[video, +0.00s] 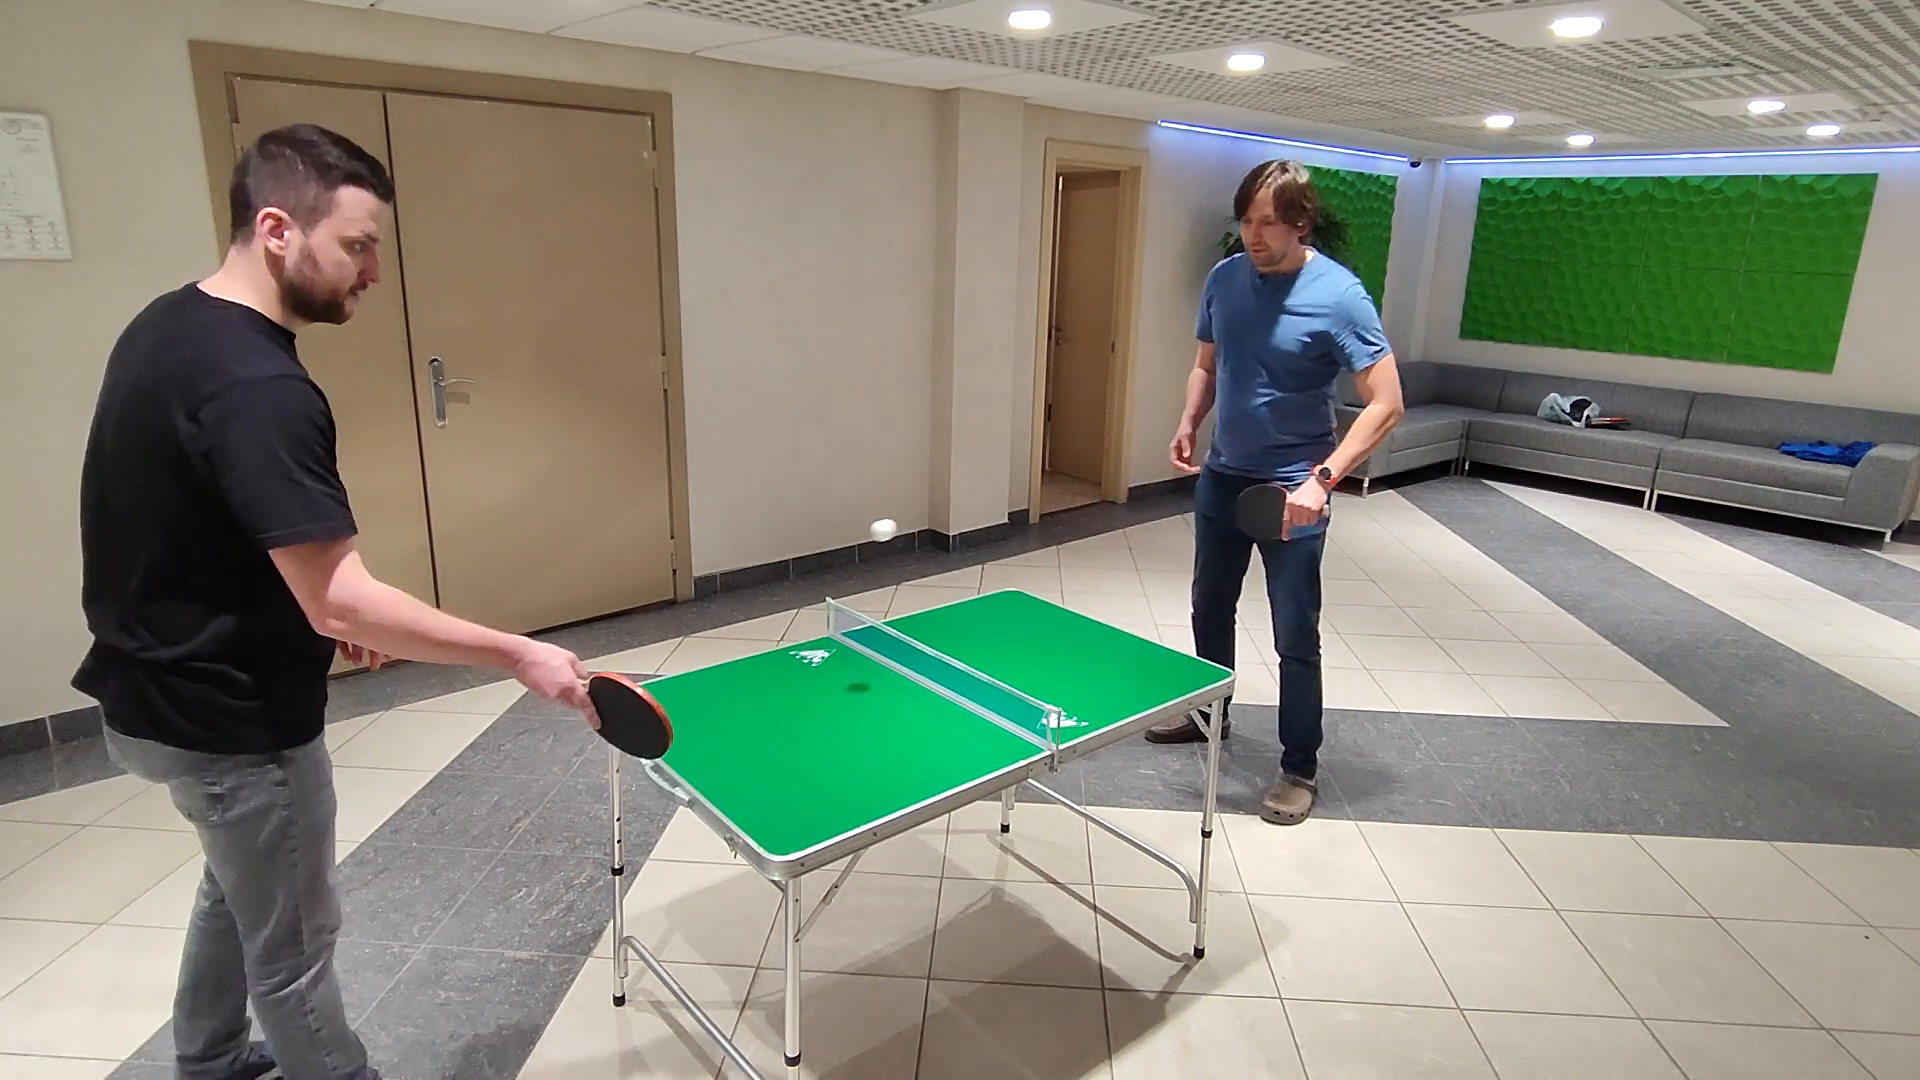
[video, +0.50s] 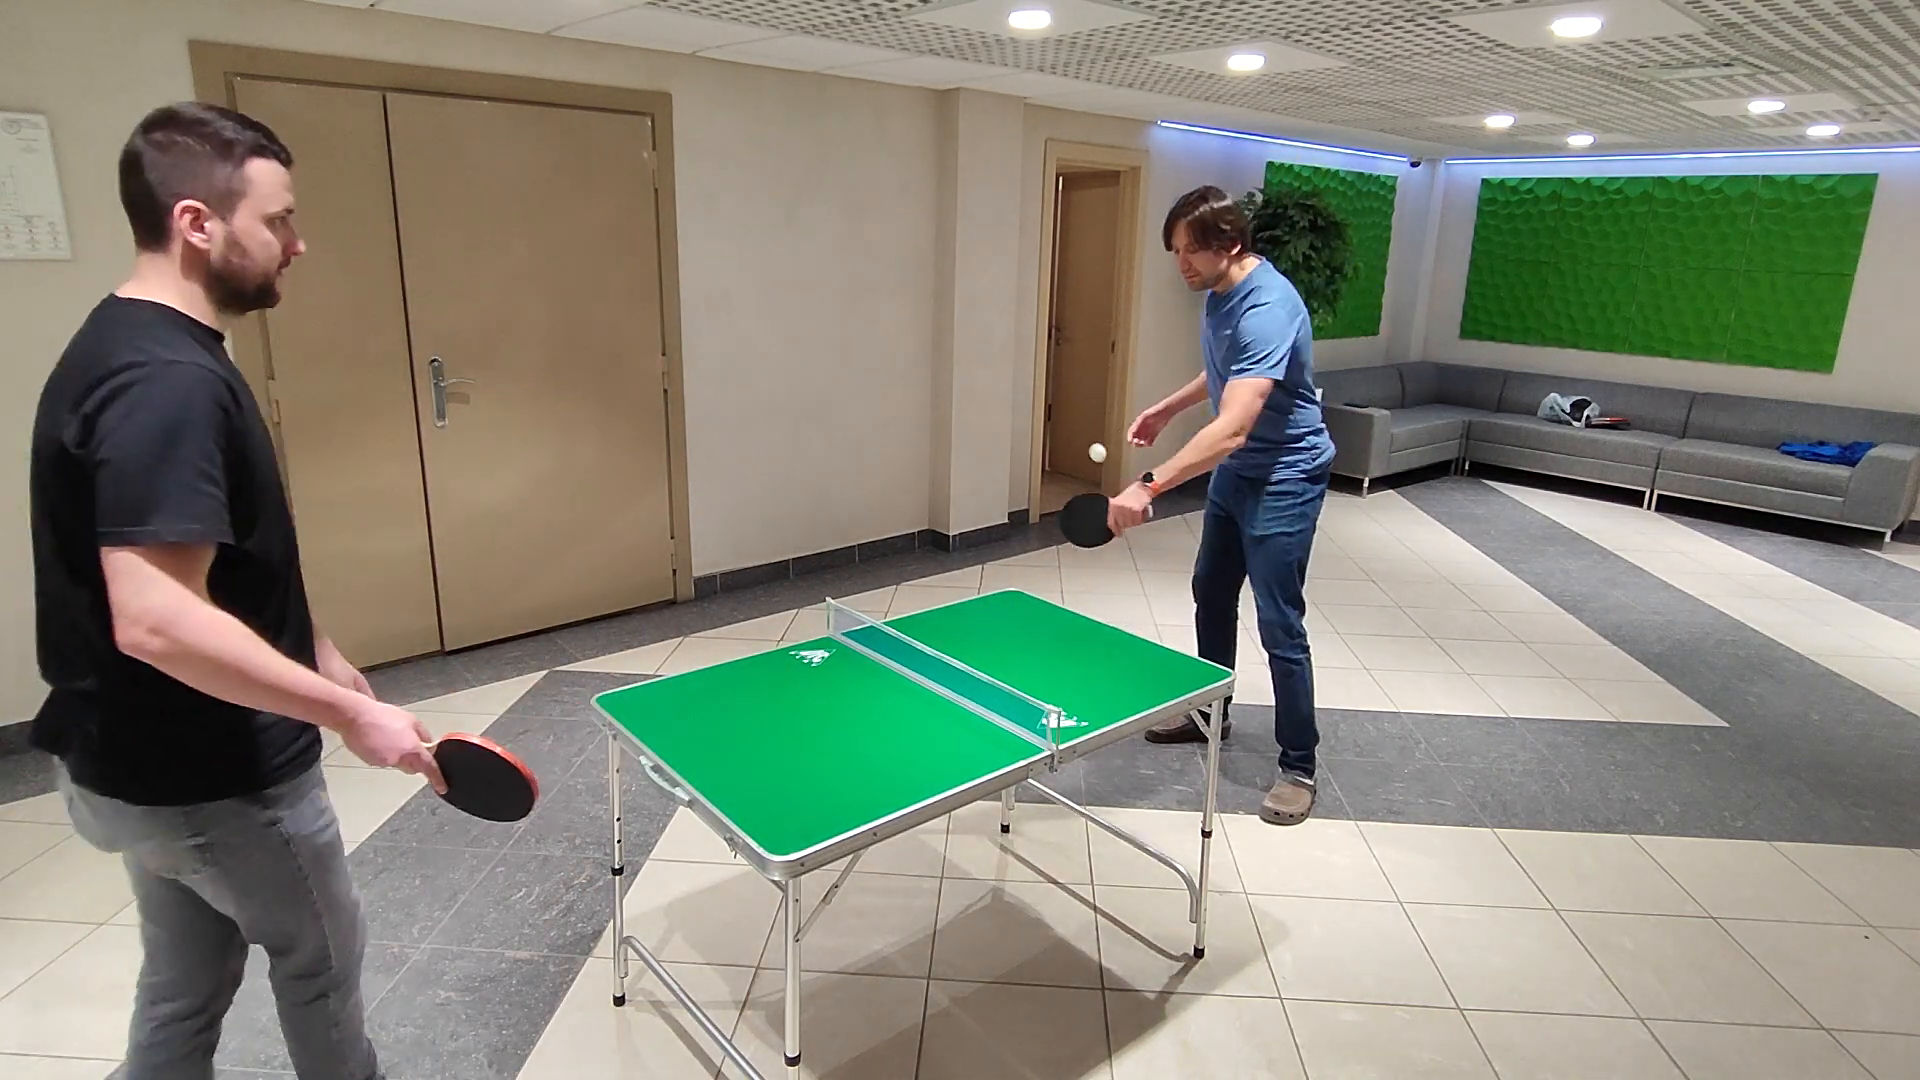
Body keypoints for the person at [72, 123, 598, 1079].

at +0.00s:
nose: (374, 272)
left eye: (378, 249)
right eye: (357, 245)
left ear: (277, 233)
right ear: (276, 230)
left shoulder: (169, 329)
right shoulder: (259, 384)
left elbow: (196, 520)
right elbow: (344, 596)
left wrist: (316, 615)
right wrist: (517, 653)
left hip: (158, 699)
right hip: (241, 724)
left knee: (240, 887)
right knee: (294, 953)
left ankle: (211, 1058)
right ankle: (337, 1073)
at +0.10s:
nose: (375, 262)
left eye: (378, 239)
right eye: (361, 236)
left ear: (280, 228)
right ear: (284, 226)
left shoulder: (163, 330)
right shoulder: (269, 384)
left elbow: (183, 530)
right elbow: (319, 608)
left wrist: (320, 622)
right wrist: (496, 664)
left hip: (165, 702)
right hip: (258, 727)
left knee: (244, 895)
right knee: (305, 957)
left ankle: (196, 1063)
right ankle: (339, 1075)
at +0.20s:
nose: (368, 255)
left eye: (370, 232)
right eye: (355, 228)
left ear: (273, 222)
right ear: (278, 221)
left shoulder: (152, 335)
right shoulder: (266, 385)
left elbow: (163, 552)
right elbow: (287, 610)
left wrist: (318, 653)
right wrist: (461, 682)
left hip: (166, 707)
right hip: (263, 735)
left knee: (250, 901)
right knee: (310, 954)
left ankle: (190, 1067)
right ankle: (339, 1070)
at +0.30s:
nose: (350, 250)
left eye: (350, 226)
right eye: (336, 224)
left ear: (250, 222)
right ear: (259, 222)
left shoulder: (140, 337)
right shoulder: (246, 386)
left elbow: (139, 559)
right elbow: (250, 615)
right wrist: (429, 697)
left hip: (164, 730)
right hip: (262, 753)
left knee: (238, 922)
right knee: (311, 967)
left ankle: (193, 1072)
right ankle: (339, 1073)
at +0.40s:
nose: (321, 249)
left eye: (321, 226)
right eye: (306, 224)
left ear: (226, 225)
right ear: (229, 223)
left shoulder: (128, 342)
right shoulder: (208, 377)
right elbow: (205, 619)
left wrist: (306, 664)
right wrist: (392, 708)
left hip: (155, 749)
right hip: (250, 768)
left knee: (216, 959)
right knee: (313, 988)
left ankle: (173, 1079)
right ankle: (347, 1079)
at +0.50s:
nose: (295, 246)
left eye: (293, 222)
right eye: (278, 221)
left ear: (196, 228)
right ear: (196, 225)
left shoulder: (121, 343)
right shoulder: (171, 374)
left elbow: (230, 559)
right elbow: (151, 617)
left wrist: (327, 666)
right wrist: (352, 712)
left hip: (140, 774)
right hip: (230, 782)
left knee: (180, 999)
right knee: (321, 963)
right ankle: (343, 1073)